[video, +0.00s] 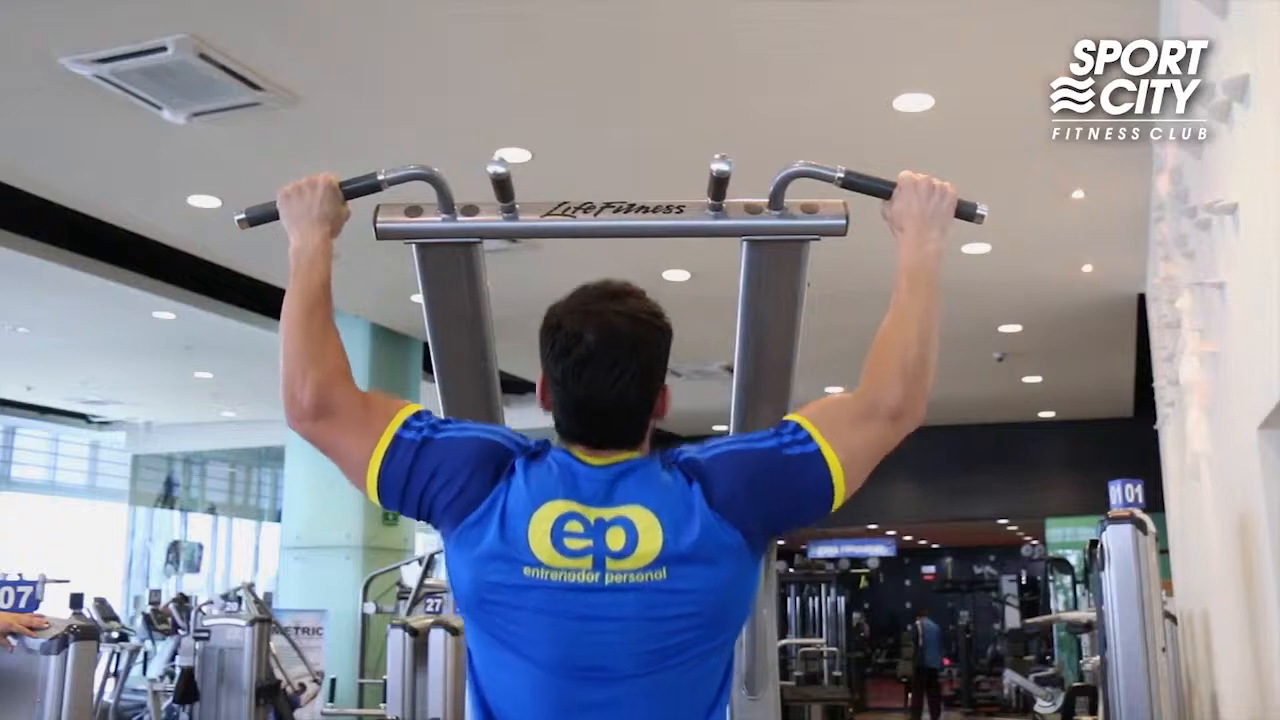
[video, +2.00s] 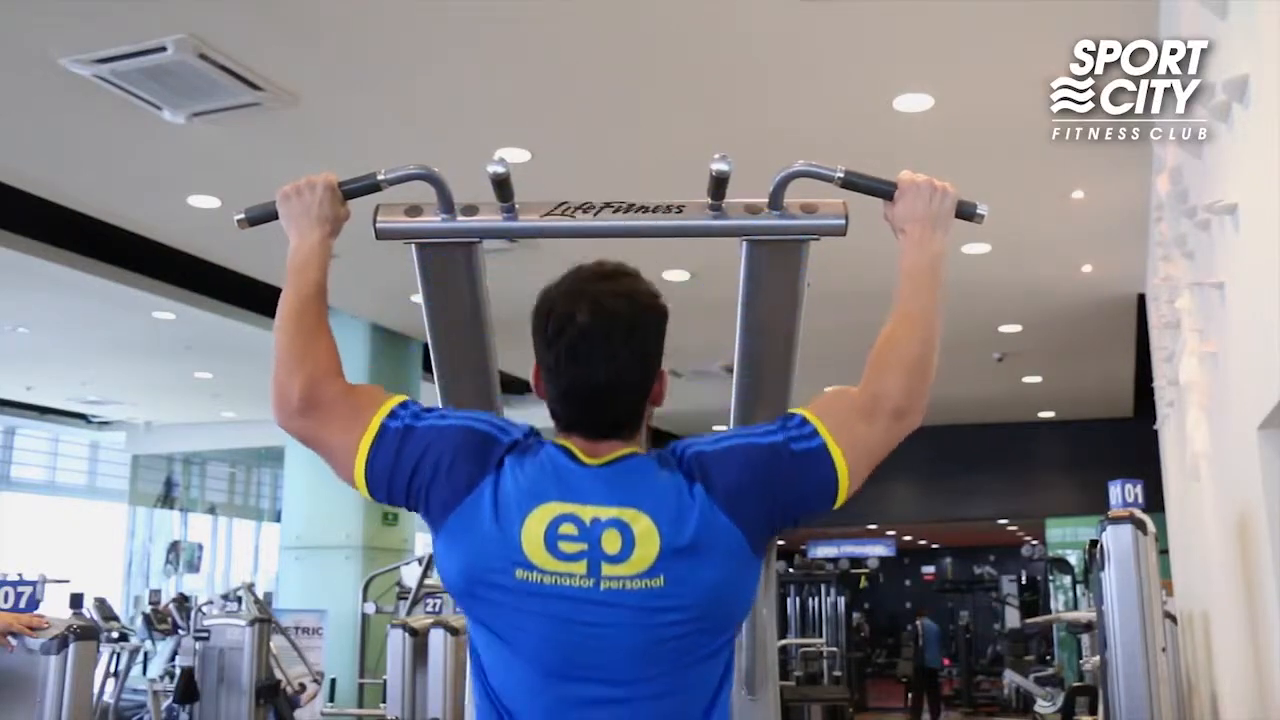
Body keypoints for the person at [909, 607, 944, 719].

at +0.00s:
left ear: (917, 615)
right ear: (927, 614)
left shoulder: (917, 625)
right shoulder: (935, 626)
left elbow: (917, 644)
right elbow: (938, 645)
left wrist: (914, 659)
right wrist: (938, 660)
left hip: (921, 664)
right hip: (934, 664)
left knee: (917, 692)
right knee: (934, 692)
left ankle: (916, 714)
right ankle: (935, 715)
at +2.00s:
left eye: (917, 616)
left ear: (917, 615)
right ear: (927, 615)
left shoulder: (917, 626)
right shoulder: (935, 626)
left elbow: (917, 644)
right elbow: (938, 645)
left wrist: (914, 659)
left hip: (921, 664)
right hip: (934, 664)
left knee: (918, 692)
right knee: (933, 692)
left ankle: (916, 714)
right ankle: (935, 715)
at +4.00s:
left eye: (917, 616)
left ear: (917, 615)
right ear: (927, 615)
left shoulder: (917, 625)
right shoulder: (935, 626)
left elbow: (917, 644)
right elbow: (938, 645)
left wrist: (914, 658)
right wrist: (938, 659)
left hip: (921, 664)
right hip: (934, 664)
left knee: (917, 692)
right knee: (933, 692)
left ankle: (916, 715)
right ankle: (935, 715)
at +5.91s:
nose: (916, 618)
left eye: (916, 616)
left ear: (917, 615)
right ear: (928, 614)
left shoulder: (917, 626)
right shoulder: (935, 627)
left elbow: (917, 644)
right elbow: (938, 645)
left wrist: (914, 659)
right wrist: (939, 659)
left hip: (921, 664)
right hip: (934, 664)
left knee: (918, 692)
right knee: (933, 692)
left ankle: (916, 715)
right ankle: (935, 715)